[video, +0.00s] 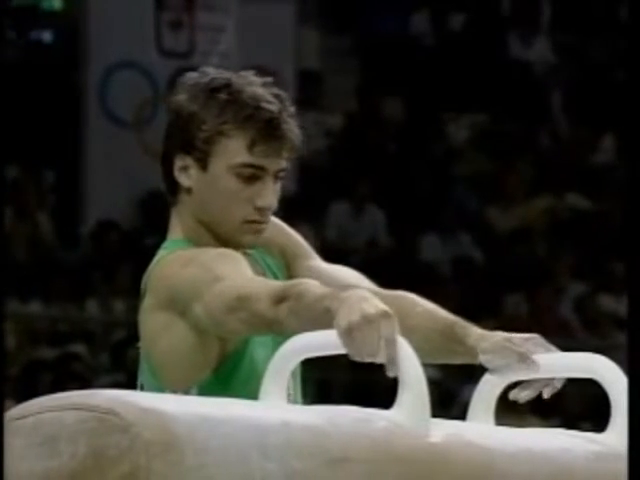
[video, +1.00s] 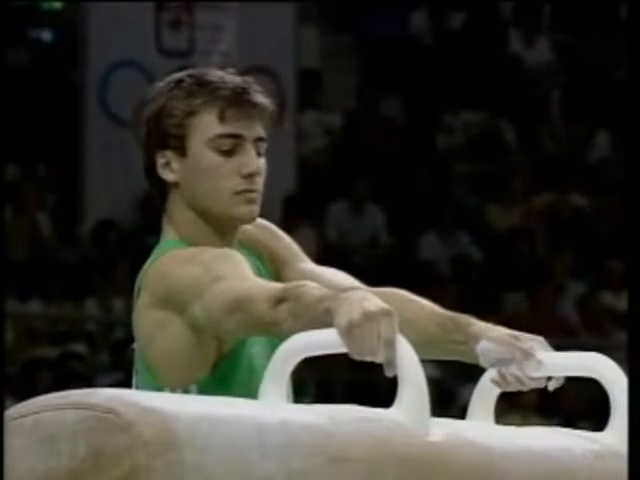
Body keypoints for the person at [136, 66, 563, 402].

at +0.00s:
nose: (268, 197)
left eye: (277, 178)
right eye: (248, 176)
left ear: (286, 172)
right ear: (186, 172)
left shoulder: (272, 241)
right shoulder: (188, 270)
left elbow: (371, 298)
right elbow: (271, 305)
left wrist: (477, 342)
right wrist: (339, 306)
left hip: (267, 466)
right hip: (199, 470)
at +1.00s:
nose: (254, 168)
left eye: (258, 149)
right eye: (227, 150)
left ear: (266, 154)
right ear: (169, 166)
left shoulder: (257, 241)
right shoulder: (183, 271)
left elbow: (359, 296)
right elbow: (271, 306)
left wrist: (479, 339)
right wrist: (343, 303)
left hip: (246, 467)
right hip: (186, 471)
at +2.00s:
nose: (251, 185)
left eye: (259, 165)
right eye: (228, 164)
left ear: (267, 164)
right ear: (168, 167)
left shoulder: (255, 237)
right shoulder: (182, 269)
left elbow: (356, 293)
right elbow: (270, 306)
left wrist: (480, 338)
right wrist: (342, 303)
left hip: (247, 465)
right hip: (186, 469)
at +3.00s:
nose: (250, 187)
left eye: (258, 166)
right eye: (227, 166)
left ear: (267, 164)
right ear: (167, 170)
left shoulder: (251, 238)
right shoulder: (177, 271)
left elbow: (355, 294)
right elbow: (270, 307)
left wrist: (480, 338)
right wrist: (341, 304)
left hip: (240, 466)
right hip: (181, 470)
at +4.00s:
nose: (243, 183)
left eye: (250, 161)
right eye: (219, 164)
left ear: (258, 157)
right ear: (161, 172)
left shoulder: (268, 210)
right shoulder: (169, 266)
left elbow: (381, 279)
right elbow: (268, 294)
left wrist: (476, 333)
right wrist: (342, 297)